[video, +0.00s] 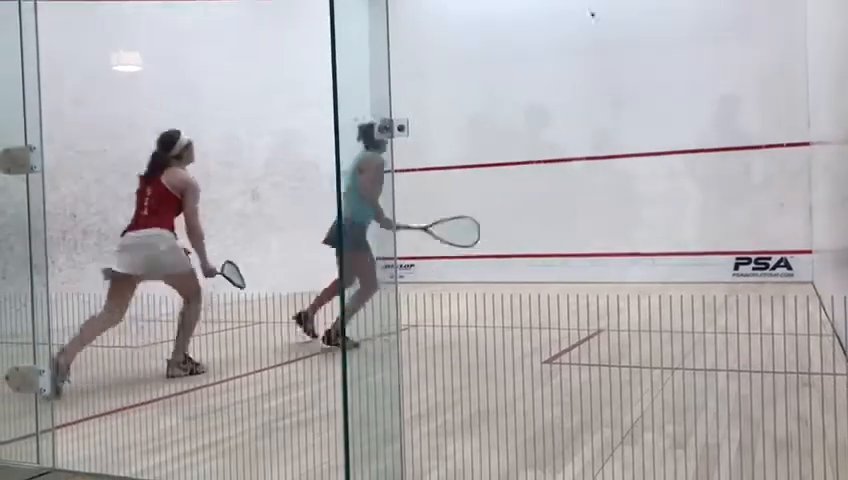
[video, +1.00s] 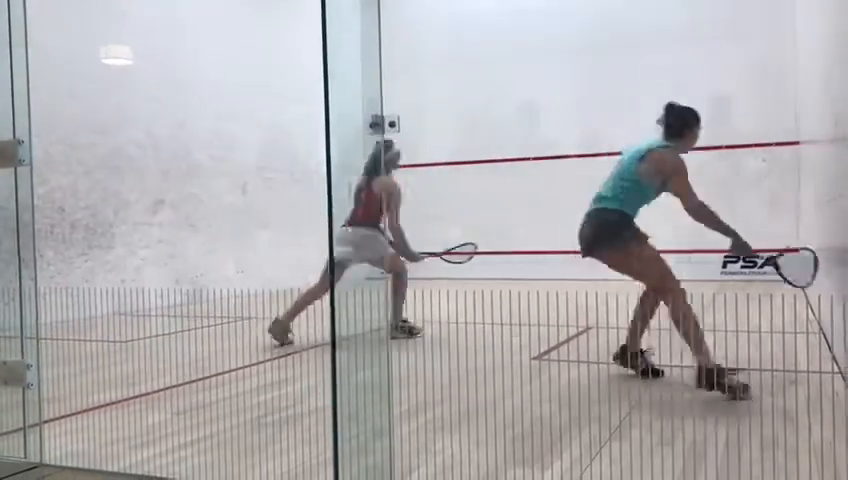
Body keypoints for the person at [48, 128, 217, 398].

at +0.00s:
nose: (193, 153)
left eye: (191, 148)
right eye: (190, 149)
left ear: (164, 153)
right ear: (182, 153)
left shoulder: (147, 178)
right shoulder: (185, 181)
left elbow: (149, 220)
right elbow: (193, 228)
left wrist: (174, 247)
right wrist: (205, 263)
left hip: (129, 247)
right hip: (160, 247)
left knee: (112, 313)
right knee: (193, 296)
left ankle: (64, 357)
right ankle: (178, 359)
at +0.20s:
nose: (237, 133)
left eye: (234, 129)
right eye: (233, 130)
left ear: (211, 137)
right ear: (224, 136)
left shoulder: (192, 162)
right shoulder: (234, 164)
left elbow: (170, 197)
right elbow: (243, 204)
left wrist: (182, 224)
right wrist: (251, 234)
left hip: (184, 229)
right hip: (210, 228)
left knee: (206, 290)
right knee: (211, 297)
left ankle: (174, 340)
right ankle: (180, 352)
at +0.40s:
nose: (270, 124)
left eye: (267, 121)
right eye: (265, 123)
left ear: (246, 134)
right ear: (257, 132)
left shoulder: (229, 158)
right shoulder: (272, 159)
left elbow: (206, 189)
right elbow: (282, 198)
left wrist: (214, 220)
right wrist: (286, 222)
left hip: (235, 226)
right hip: (260, 226)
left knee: (260, 281)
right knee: (252, 289)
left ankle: (266, 333)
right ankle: (213, 330)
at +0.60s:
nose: (302, 123)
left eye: (299, 119)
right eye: (297, 121)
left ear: (278, 130)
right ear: (289, 129)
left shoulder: (266, 155)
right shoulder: (303, 154)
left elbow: (251, 190)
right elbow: (311, 191)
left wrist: (265, 209)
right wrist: (319, 215)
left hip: (271, 220)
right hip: (295, 221)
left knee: (283, 274)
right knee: (313, 274)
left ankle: (269, 327)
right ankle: (282, 317)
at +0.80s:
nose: (337, 132)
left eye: (334, 128)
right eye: (334, 129)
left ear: (312, 134)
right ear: (329, 132)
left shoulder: (304, 157)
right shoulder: (338, 159)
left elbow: (290, 196)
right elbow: (345, 200)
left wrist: (300, 217)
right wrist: (358, 230)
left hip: (301, 223)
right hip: (324, 223)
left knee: (308, 277)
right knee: (357, 263)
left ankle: (280, 323)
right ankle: (356, 321)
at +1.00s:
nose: (399, 157)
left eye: (397, 154)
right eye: (395, 155)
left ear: (376, 159)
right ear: (388, 159)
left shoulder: (363, 182)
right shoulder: (390, 186)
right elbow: (394, 228)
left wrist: (400, 251)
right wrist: (411, 255)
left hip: (346, 235)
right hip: (368, 238)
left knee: (323, 285)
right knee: (399, 270)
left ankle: (283, 322)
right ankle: (397, 323)